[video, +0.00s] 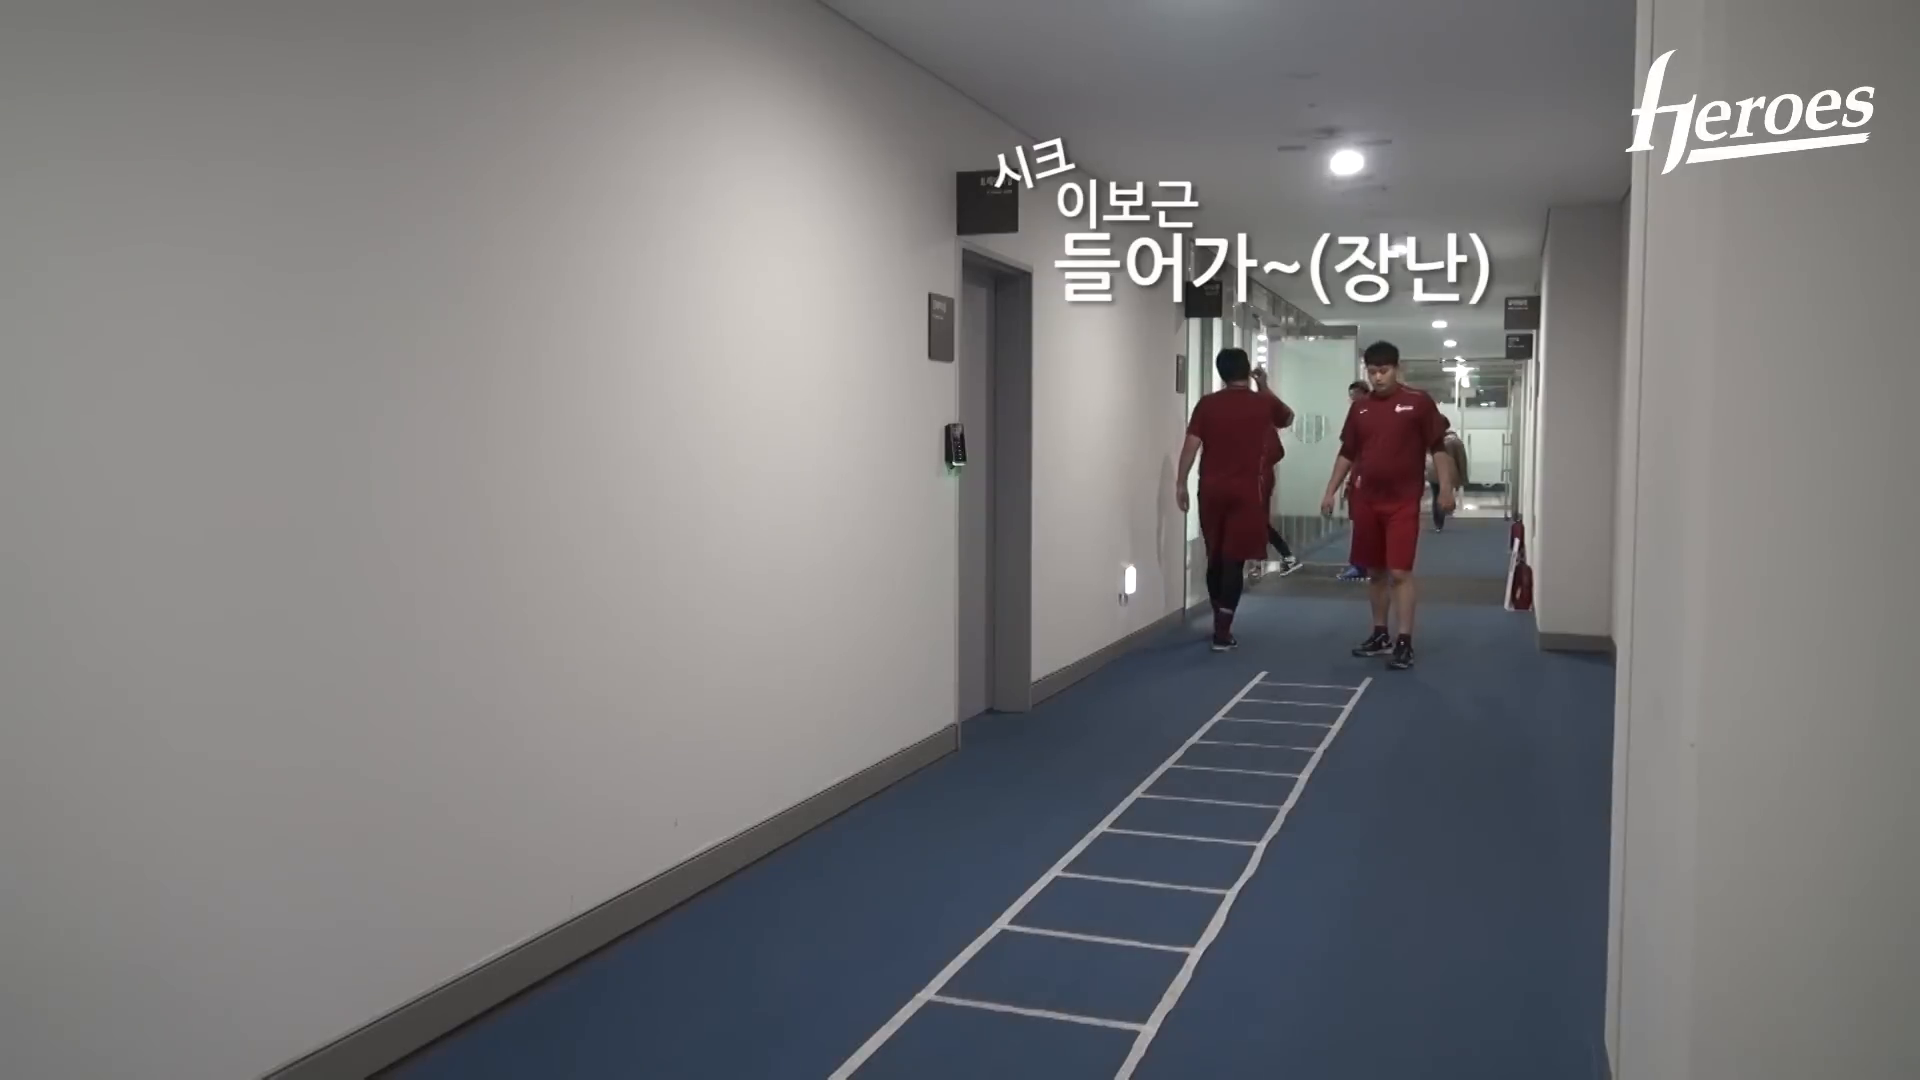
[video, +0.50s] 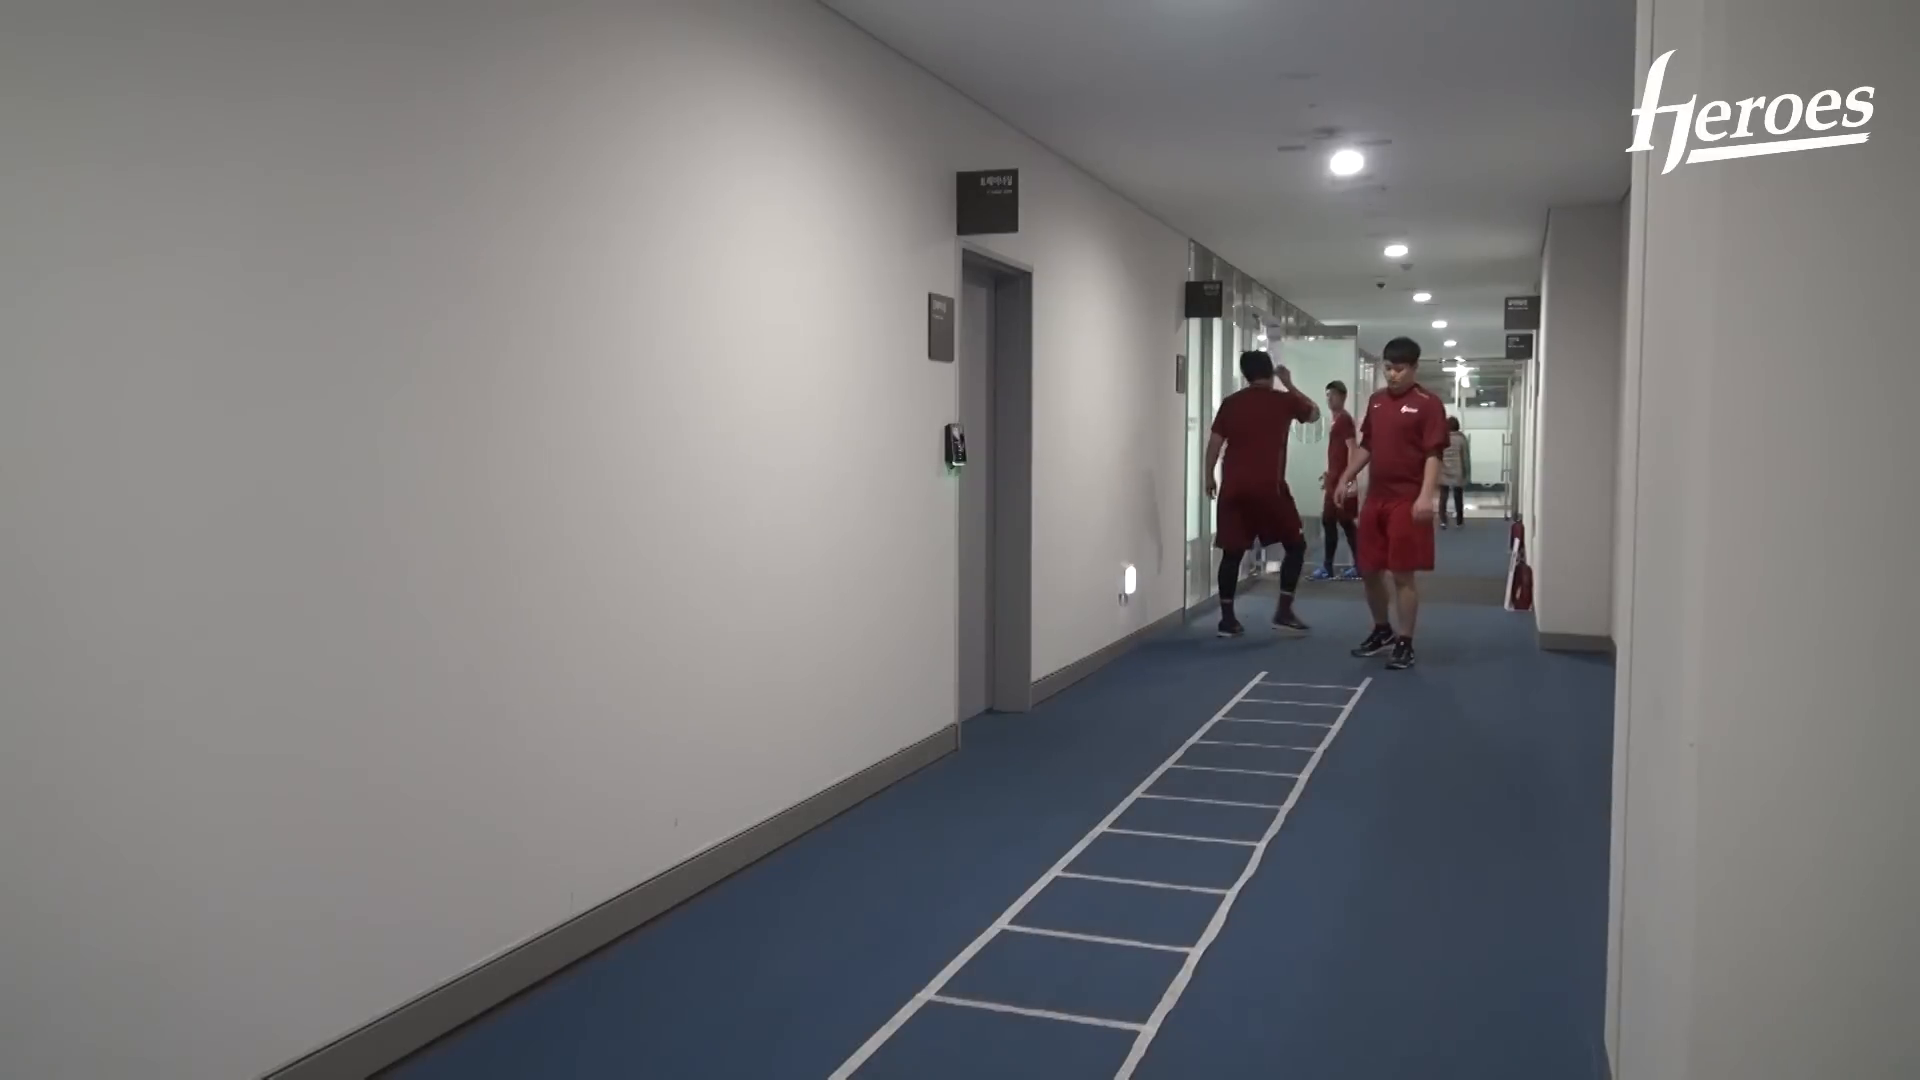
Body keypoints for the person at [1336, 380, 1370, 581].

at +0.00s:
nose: (1353, 400)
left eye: (1356, 396)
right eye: (1351, 396)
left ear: (1366, 395)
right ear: (1351, 398)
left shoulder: (1374, 417)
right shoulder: (1355, 416)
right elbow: (1349, 453)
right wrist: (1346, 480)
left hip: (1367, 478)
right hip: (1355, 477)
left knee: (1361, 521)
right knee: (1356, 520)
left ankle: (1360, 564)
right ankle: (1356, 563)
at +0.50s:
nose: (1329, 398)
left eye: (1333, 395)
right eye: (1328, 395)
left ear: (1342, 397)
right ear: (1328, 397)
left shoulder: (1345, 420)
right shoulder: (1337, 420)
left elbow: (1352, 449)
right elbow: (1337, 452)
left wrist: (1349, 478)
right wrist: (1329, 473)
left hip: (1343, 482)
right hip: (1333, 481)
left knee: (1346, 521)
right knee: (1330, 521)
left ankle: (1358, 564)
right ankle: (1327, 566)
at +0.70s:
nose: (1322, 398)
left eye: (1326, 395)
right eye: (1321, 395)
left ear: (1335, 396)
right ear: (1321, 395)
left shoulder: (1337, 418)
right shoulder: (1325, 418)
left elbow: (1343, 448)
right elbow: (1328, 448)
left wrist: (1336, 475)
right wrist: (1322, 474)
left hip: (1331, 477)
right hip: (1322, 475)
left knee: (1328, 519)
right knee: (1322, 518)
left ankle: (1327, 566)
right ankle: (1349, 557)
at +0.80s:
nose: (1318, 395)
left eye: (1322, 392)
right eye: (1317, 391)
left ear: (1330, 393)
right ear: (1317, 393)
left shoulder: (1332, 415)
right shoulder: (1314, 414)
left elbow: (1339, 448)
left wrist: (1327, 475)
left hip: (1328, 476)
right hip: (1313, 475)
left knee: (1328, 520)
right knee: (1319, 522)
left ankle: (1329, 562)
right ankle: (1338, 556)